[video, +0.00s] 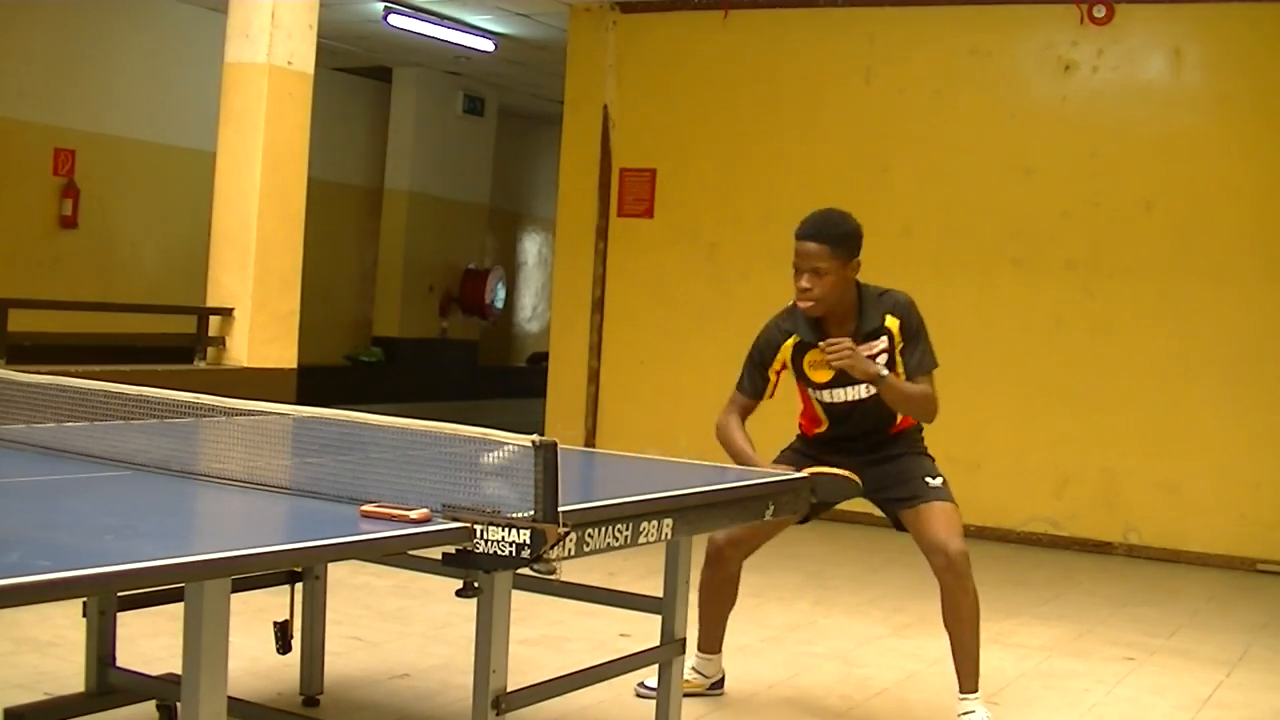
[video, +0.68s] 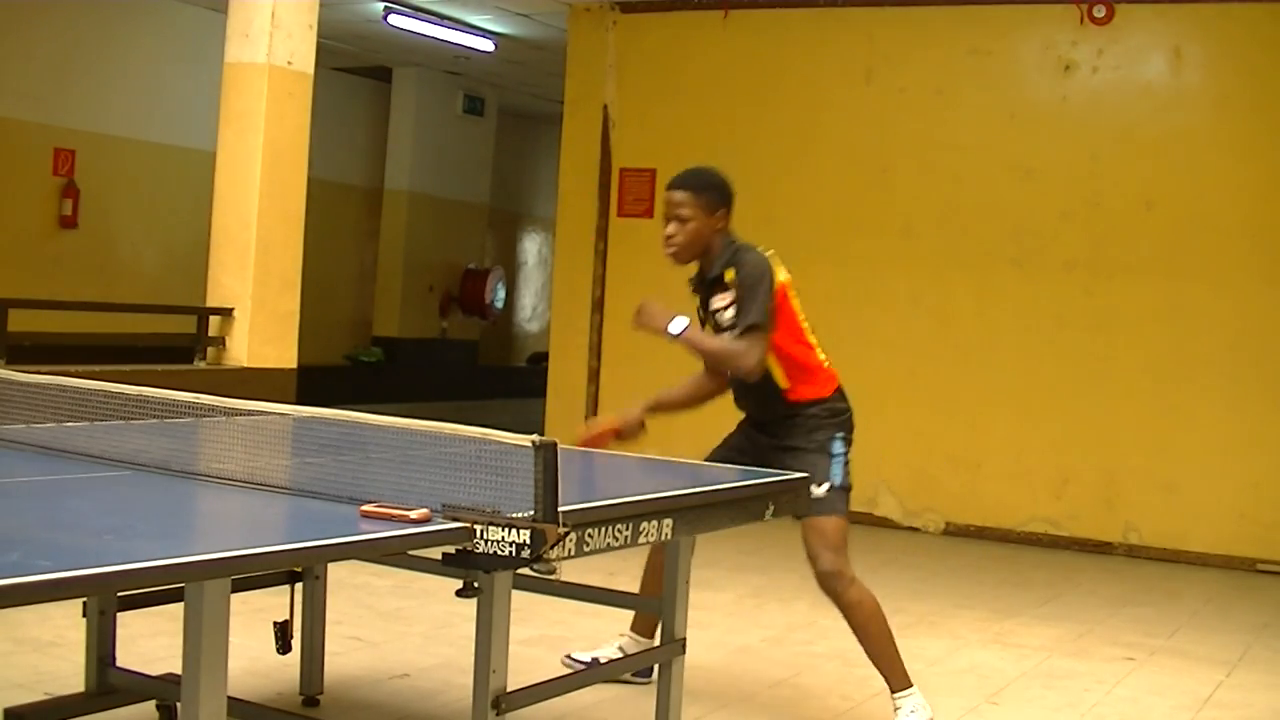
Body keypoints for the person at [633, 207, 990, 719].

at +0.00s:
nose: (802, 286)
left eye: (815, 274)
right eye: (797, 272)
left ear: (852, 270)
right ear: (791, 267)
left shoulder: (895, 312)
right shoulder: (784, 332)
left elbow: (925, 407)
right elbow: (729, 420)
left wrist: (873, 373)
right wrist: (758, 468)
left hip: (896, 448)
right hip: (820, 450)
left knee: (952, 554)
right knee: (724, 545)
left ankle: (970, 701)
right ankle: (706, 670)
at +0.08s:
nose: (815, 275)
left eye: (829, 264)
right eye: (810, 262)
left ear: (864, 261)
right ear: (804, 256)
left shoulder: (906, 302)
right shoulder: (791, 317)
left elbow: (944, 394)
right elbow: (714, 392)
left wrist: (892, 364)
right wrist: (739, 430)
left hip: (903, 447)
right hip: (827, 447)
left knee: (953, 553)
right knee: (732, 542)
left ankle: (970, 700)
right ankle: (705, 668)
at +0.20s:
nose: (818, 252)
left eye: (832, 240)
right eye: (814, 238)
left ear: (868, 236)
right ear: (809, 233)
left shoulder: (910, 281)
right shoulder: (791, 291)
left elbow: (960, 370)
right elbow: (707, 342)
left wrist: (918, 327)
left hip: (899, 433)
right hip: (819, 432)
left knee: (950, 548)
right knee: (733, 535)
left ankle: (961, 701)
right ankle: (697, 660)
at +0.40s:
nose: (783, 236)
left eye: (797, 225)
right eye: (780, 224)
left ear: (834, 228)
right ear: (777, 224)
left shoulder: (878, 285)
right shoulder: (765, 286)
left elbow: (921, 375)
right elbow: (673, 328)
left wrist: (885, 305)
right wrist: (623, 270)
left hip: (865, 446)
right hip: (787, 445)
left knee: (937, 550)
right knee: (698, 547)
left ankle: (950, 703)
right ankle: (684, 660)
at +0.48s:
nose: (754, 220)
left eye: (767, 208)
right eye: (751, 207)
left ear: (805, 210)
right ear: (751, 209)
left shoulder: (852, 269)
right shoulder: (747, 274)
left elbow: (874, 357)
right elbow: (676, 336)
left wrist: (820, 295)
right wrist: (628, 298)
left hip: (847, 438)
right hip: (771, 433)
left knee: (905, 551)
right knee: (683, 524)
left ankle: (943, 700)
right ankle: (678, 652)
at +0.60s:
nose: (701, 210)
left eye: (714, 197)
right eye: (698, 197)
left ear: (752, 197)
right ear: (701, 199)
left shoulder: (794, 247)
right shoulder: (721, 266)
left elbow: (796, 335)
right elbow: (699, 354)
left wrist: (715, 292)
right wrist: (638, 346)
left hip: (829, 416)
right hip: (766, 413)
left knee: (856, 554)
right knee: (679, 509)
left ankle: (920, 693)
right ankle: (649, 641)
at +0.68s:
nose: (666, 231)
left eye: (678, 218)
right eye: (665, 218)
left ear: (716, 219)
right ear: (693, 222)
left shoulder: (749, 267)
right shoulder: (707, 281)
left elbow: (747, 359)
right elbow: (713, 379)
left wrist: (674, 325)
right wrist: (645, 409)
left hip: (816, 423)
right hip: (762, 425)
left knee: (831, 570)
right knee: (673, 519)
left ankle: (908, 700)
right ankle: (637, 648)